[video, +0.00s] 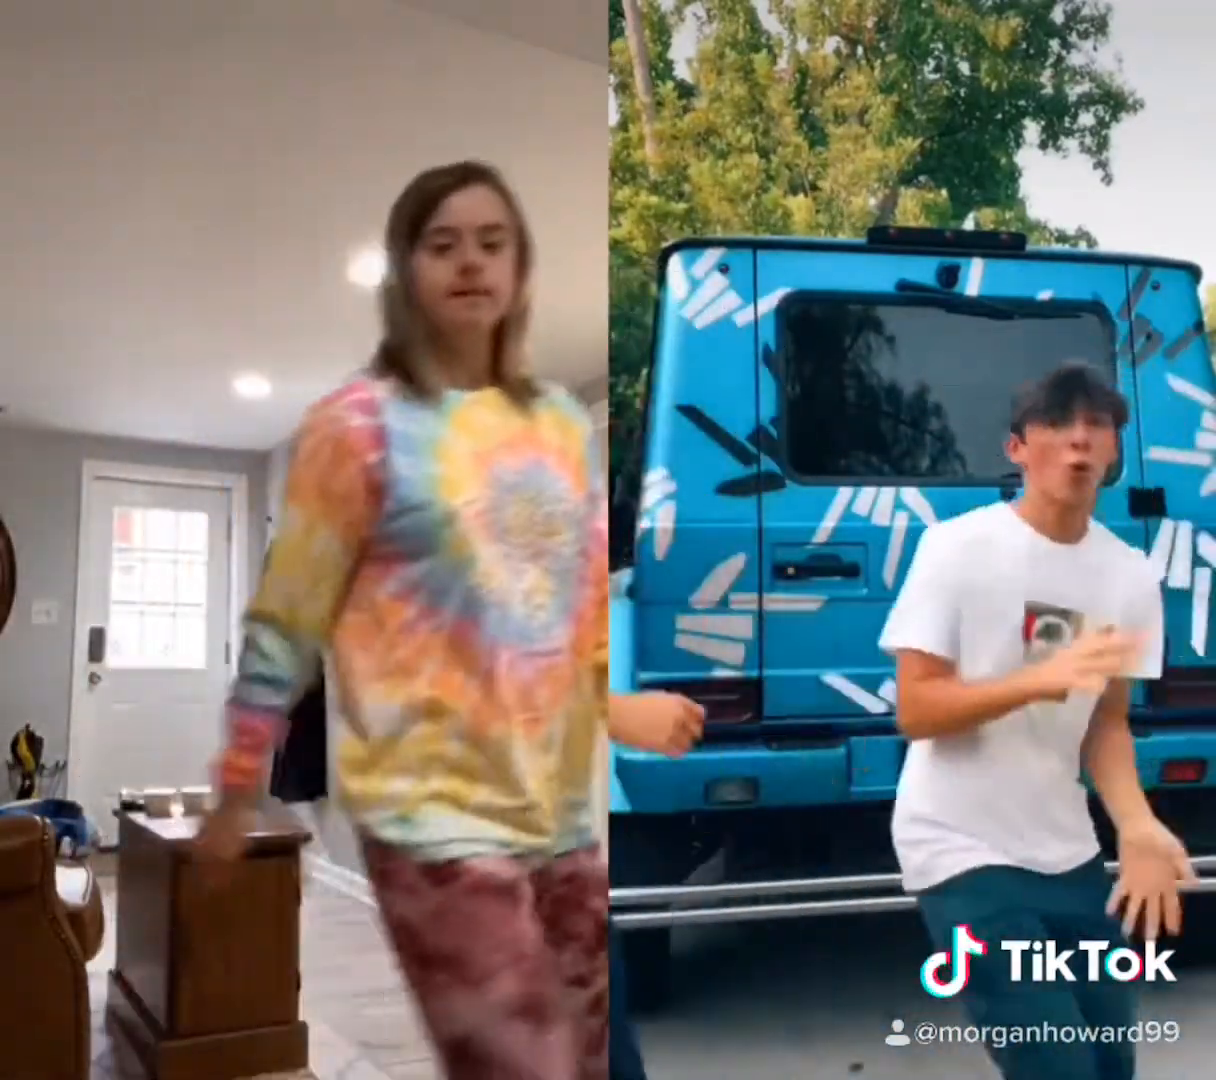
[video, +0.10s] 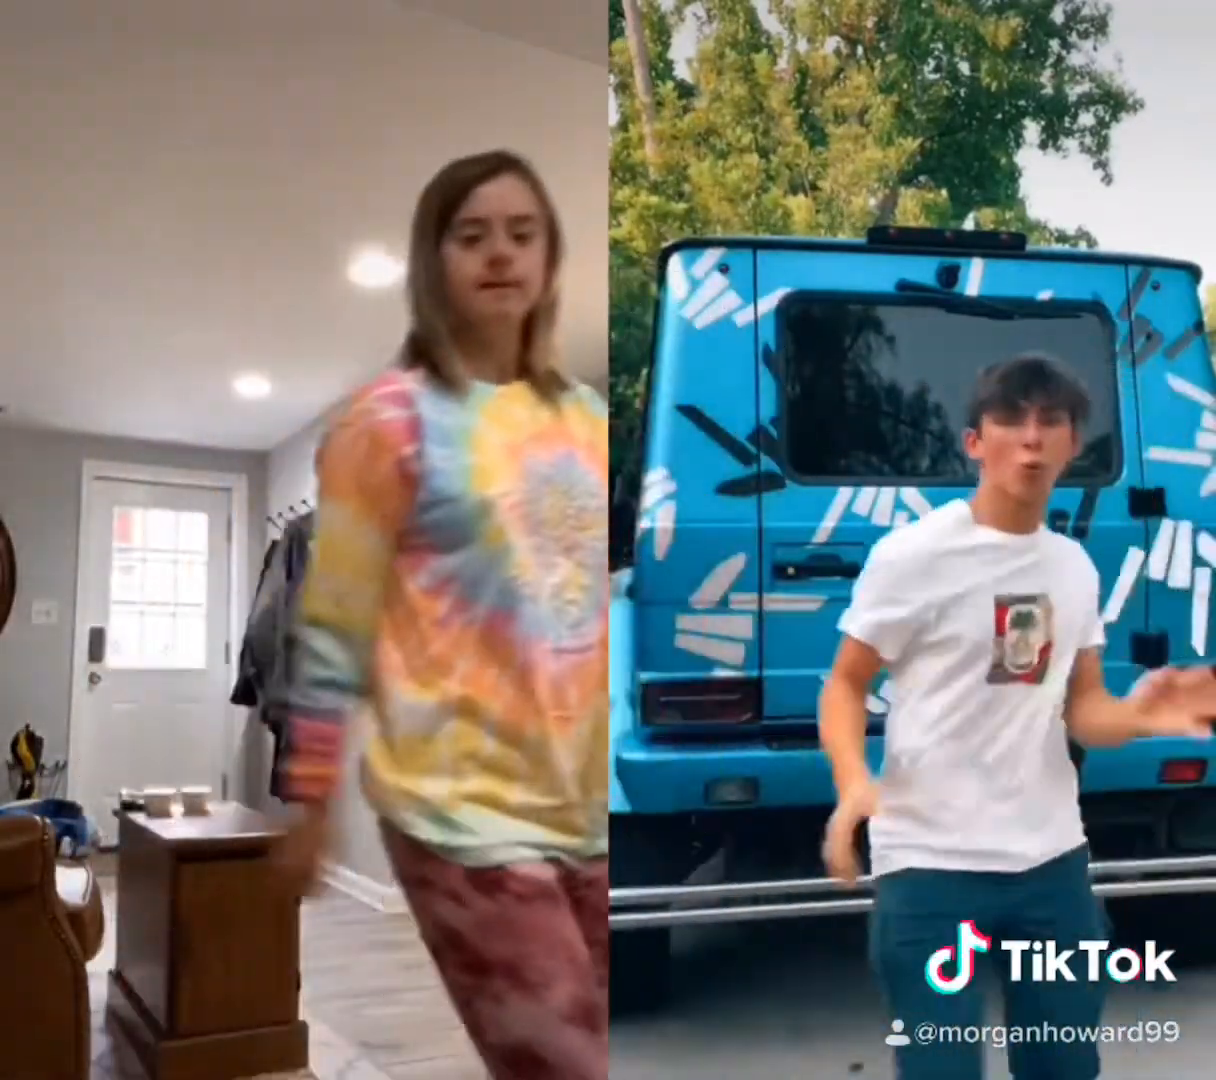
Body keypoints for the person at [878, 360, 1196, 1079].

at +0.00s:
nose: (1082, 448)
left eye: (1096, 433)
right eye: (1061, 431)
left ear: (1113, 453)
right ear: (1019, 449)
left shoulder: (1130, 575)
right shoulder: (954, 550)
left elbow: (1108, 725)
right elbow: (916, 710)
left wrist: (1137, 825)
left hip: (1066, 845)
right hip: (961, 843)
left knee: (1111, 1059)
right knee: (1060, 1058)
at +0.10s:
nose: (1034, 438)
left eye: (1052, 422)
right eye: (1015, 421)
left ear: (1074, 443)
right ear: (976, 441)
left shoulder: (1074, 567)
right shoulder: (910, 558)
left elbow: (1083, 709)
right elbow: (844, 686)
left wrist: (1143, 713)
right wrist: (853, 780)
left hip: (1050, 859)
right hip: (930, 861)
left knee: (1066, 1067)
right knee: (941, 1066)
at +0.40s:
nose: (846, 503)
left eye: (867, 485)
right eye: (827, 485)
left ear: (900, 504)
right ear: (798, 506)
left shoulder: (943, 632)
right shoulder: (762, 616)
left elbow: (972, 803)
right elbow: (714, 770)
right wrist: (797, 654)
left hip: (904, 930)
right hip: (772, 917)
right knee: (729, 1064)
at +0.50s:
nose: (820, 466)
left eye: (841, 448)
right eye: (802, 447)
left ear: (875, 468)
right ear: (774, 467)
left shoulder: (922, 594)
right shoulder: (730, 578)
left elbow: (918, 773)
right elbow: (675, 726)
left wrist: (773, 753)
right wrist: (764, 607)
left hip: (884, 897)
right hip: (751, 892)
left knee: (874, 1068)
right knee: (733, 1068)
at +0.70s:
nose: (774, 446)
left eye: (799, 426)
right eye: (764, 425)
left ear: (854, 444)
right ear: (748, 437)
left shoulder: (911, 580)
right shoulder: (696, 562)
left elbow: (904, 755)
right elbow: (667, 737)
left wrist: (747, 799)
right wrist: (771, 704)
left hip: (863, 895)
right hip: (728, 897)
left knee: (827, 1067)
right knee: (736, 1069)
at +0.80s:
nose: (750, 469)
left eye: (779, 447)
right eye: (749, 447)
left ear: (845, 471)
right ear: (744, 459)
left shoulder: (912, 605)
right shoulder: (694, 592)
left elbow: (946, 769)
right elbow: (666, 754)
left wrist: (828, 851)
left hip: (863, 918)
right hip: (720, 917)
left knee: (845, 1067)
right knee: (706, 1064)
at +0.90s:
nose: (743, 471)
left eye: (773, 451)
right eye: (745, 450)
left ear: (843, 478)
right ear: (742, 460)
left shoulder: (914, 605)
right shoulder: (686, 596)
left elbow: (973, 741)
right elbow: (628, 727)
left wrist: (951, 835)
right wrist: (570, 806)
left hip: (865, 924)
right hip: (717, 921)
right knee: (692, 1063)